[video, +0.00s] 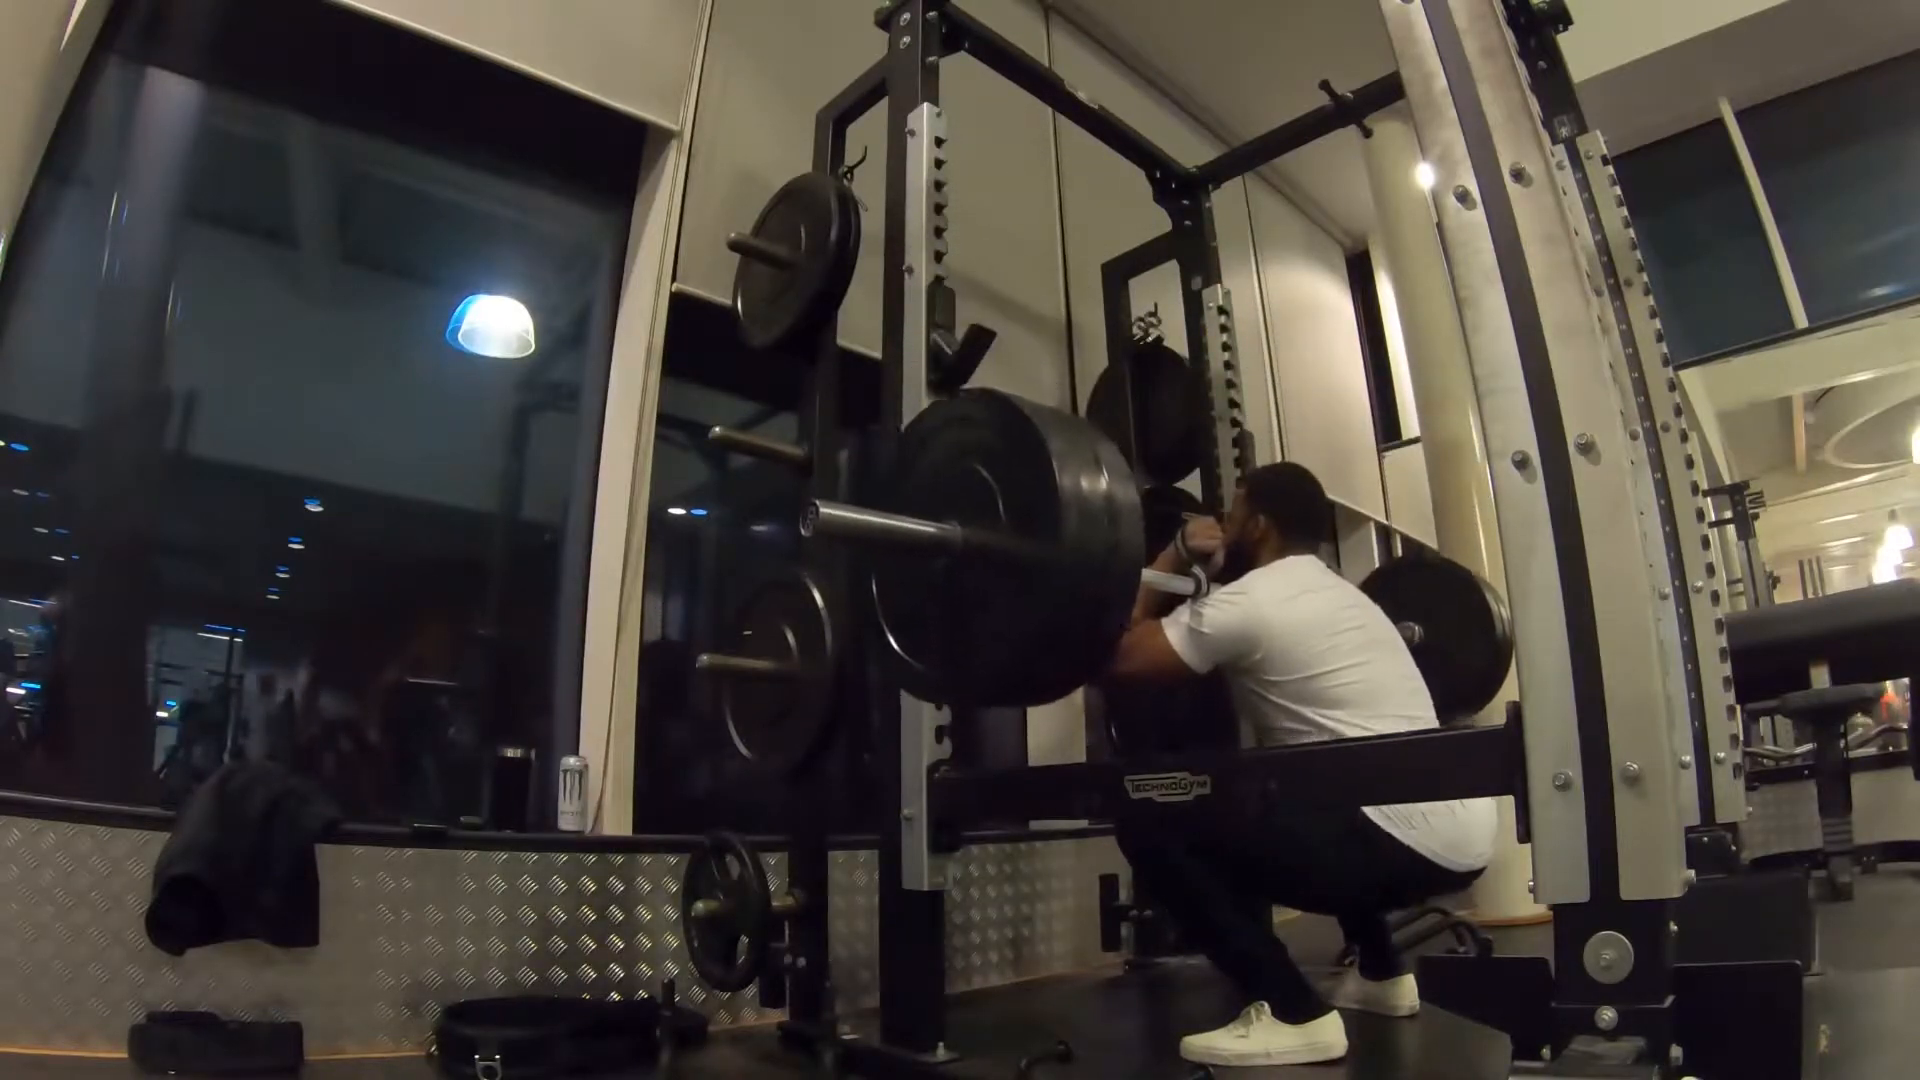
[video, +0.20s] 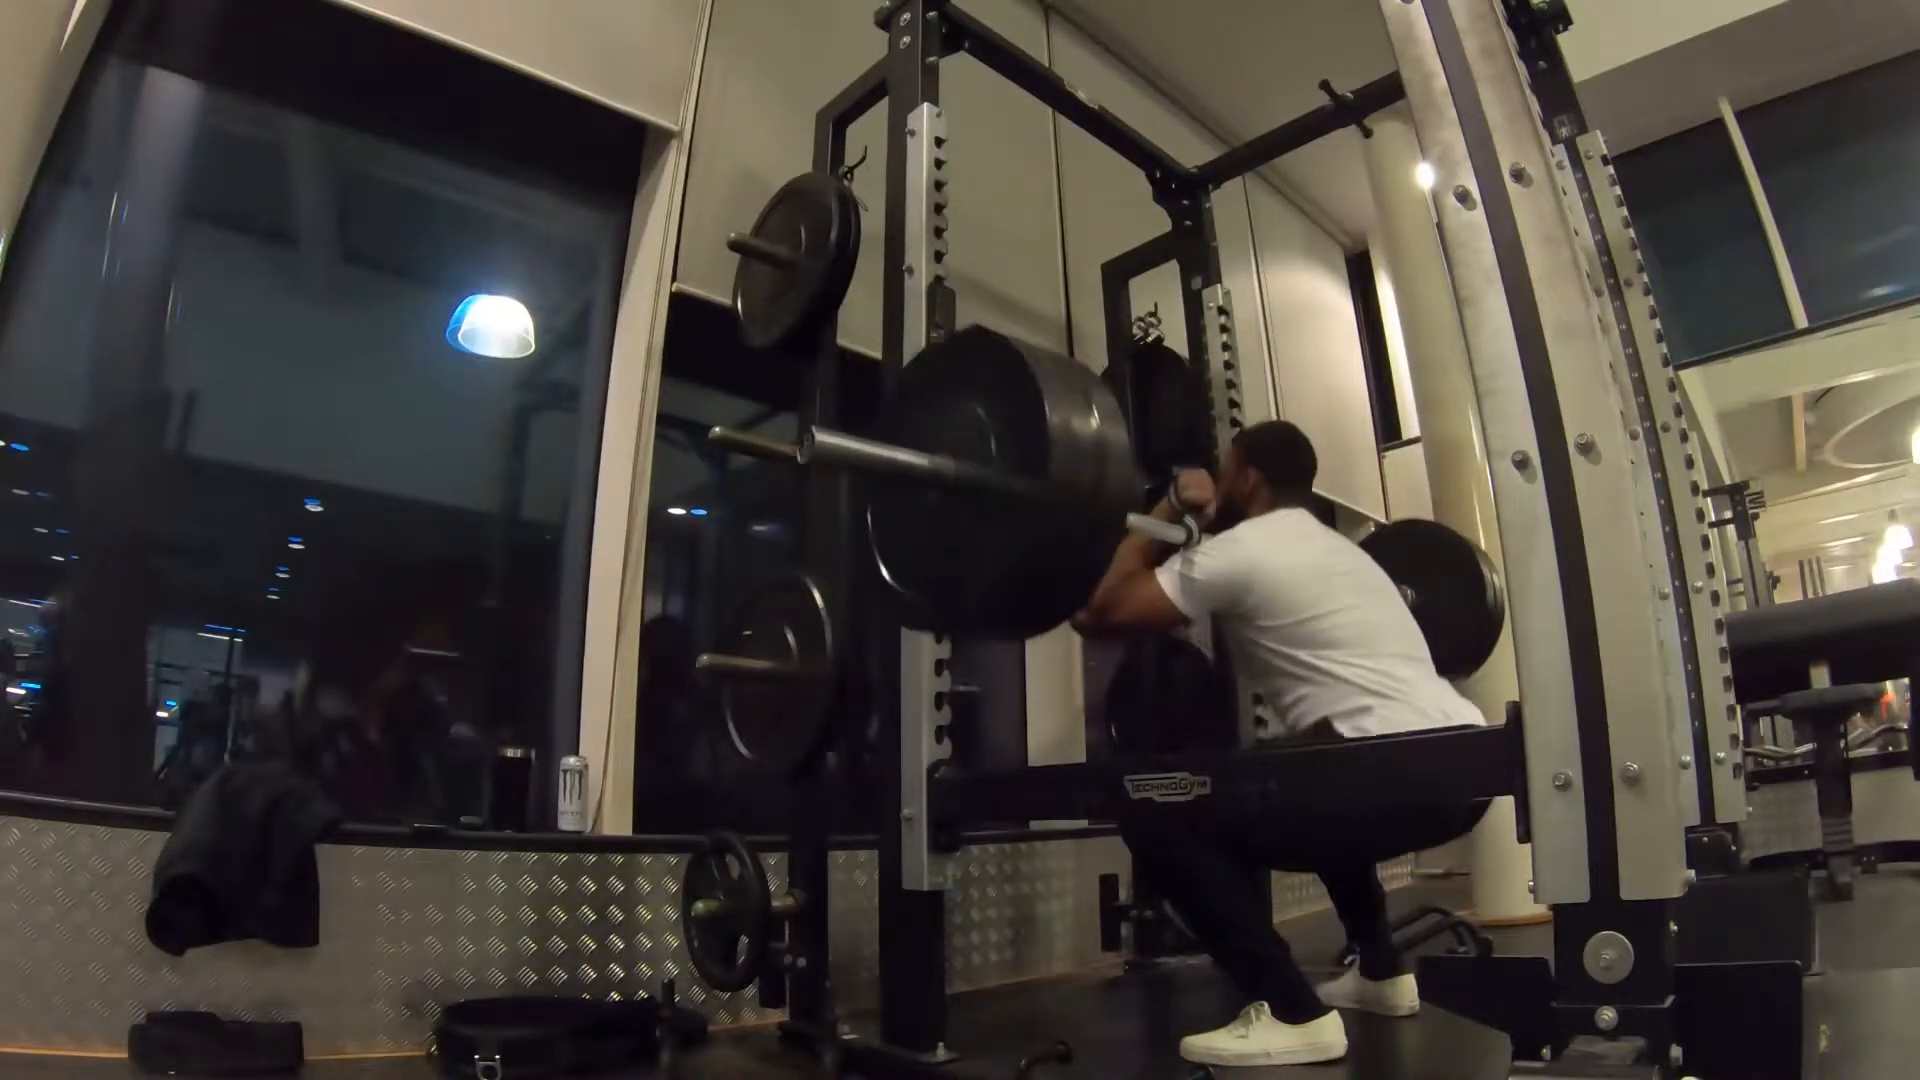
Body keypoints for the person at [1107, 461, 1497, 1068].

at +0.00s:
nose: (1225, 526)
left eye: (1233, 515)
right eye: (1229, 514)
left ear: (1262, 527)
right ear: (1310, 530)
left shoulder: (1247, 603)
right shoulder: (1336, 589)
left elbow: (1122, 656)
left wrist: (1165, 562)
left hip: (1394, 845)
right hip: (1462, 842)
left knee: (1159, 830)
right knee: (1303, 793)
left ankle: (1293, 1013)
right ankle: (1382, 971)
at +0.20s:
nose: (1221, 484)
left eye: (1229, 472)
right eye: (1224, 470)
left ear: (1251, 480)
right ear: (1299, 484)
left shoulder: (1237, 553)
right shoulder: (1335, 543)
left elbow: (1109, 607)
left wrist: (1156, 518)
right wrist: (1217, 517)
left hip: (1377, 777)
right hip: (1464, 770)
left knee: (1167, 822)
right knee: (1295, 789)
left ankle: (1293, 1013)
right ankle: (1382, 970)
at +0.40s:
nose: (1215, 428)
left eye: (1223, 416)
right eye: (1218, 414)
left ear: (1247, 423)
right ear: (1291, 430)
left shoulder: (1237, 493)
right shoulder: (1325, 491)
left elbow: (1095, 541)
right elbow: (1176, 596)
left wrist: (1152, 460)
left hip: (1363, 708)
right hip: (1455, 719)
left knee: (1164, 805)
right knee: (1308, 785)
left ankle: (1291, 1011)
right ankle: (1381, 969)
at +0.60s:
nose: (1210, 371)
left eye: (1217, 358)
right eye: (1214, 358)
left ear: (1238, 364)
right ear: (1288, 374)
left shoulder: (1230, 433)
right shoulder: (1323, 436)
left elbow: (1088, 485)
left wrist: (1148, 407)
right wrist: (1203, 399)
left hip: (1338, 658)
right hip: (1429, 671)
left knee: (1171, 795)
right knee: (1313, 779)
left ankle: (1289, 1010)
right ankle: (1382, 969)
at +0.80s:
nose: (1204, 306)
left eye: (1212, 293)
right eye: (1209, 294)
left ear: (1235, 296)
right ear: (1281, 306)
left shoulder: (1227, 364)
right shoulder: (1311, 374)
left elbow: (1091, 407)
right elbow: (1167, 457)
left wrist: (1156, 333)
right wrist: (1166, 350)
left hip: (1310, 596)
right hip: (1398, 599)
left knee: (1192, 785)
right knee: (1325, 773)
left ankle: (1291, 1010)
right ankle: (1383, 970)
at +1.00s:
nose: (1203, 256)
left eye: (1212, 244)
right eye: (1208, 245)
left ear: (1238, 247)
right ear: (1278, 255)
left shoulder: (1218, 310)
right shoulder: (1308, 320)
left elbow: (1082, 346)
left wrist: (1144, 276)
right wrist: (1176, 285)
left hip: (1283, 551)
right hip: (1369, 550)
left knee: (1252, 773)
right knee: (1338, 764)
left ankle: (1296, 1008)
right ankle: (1385, 968)